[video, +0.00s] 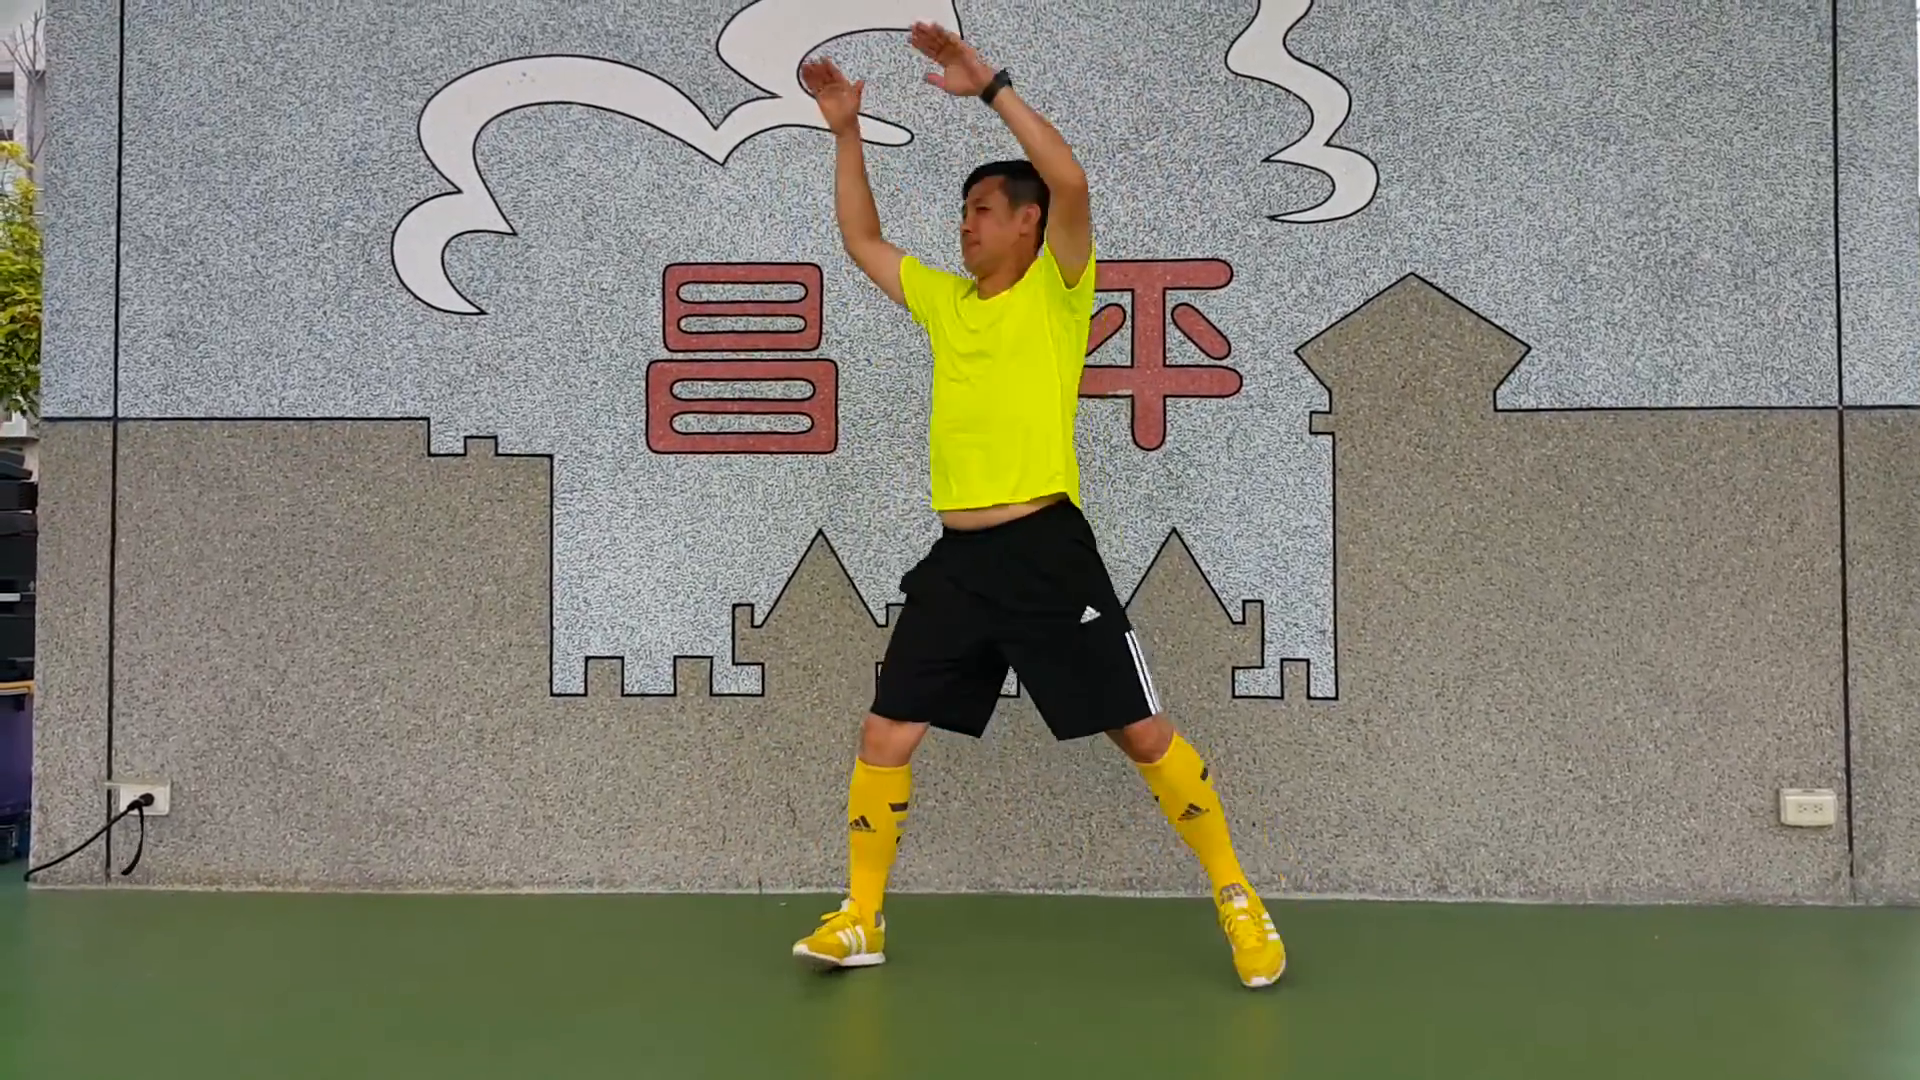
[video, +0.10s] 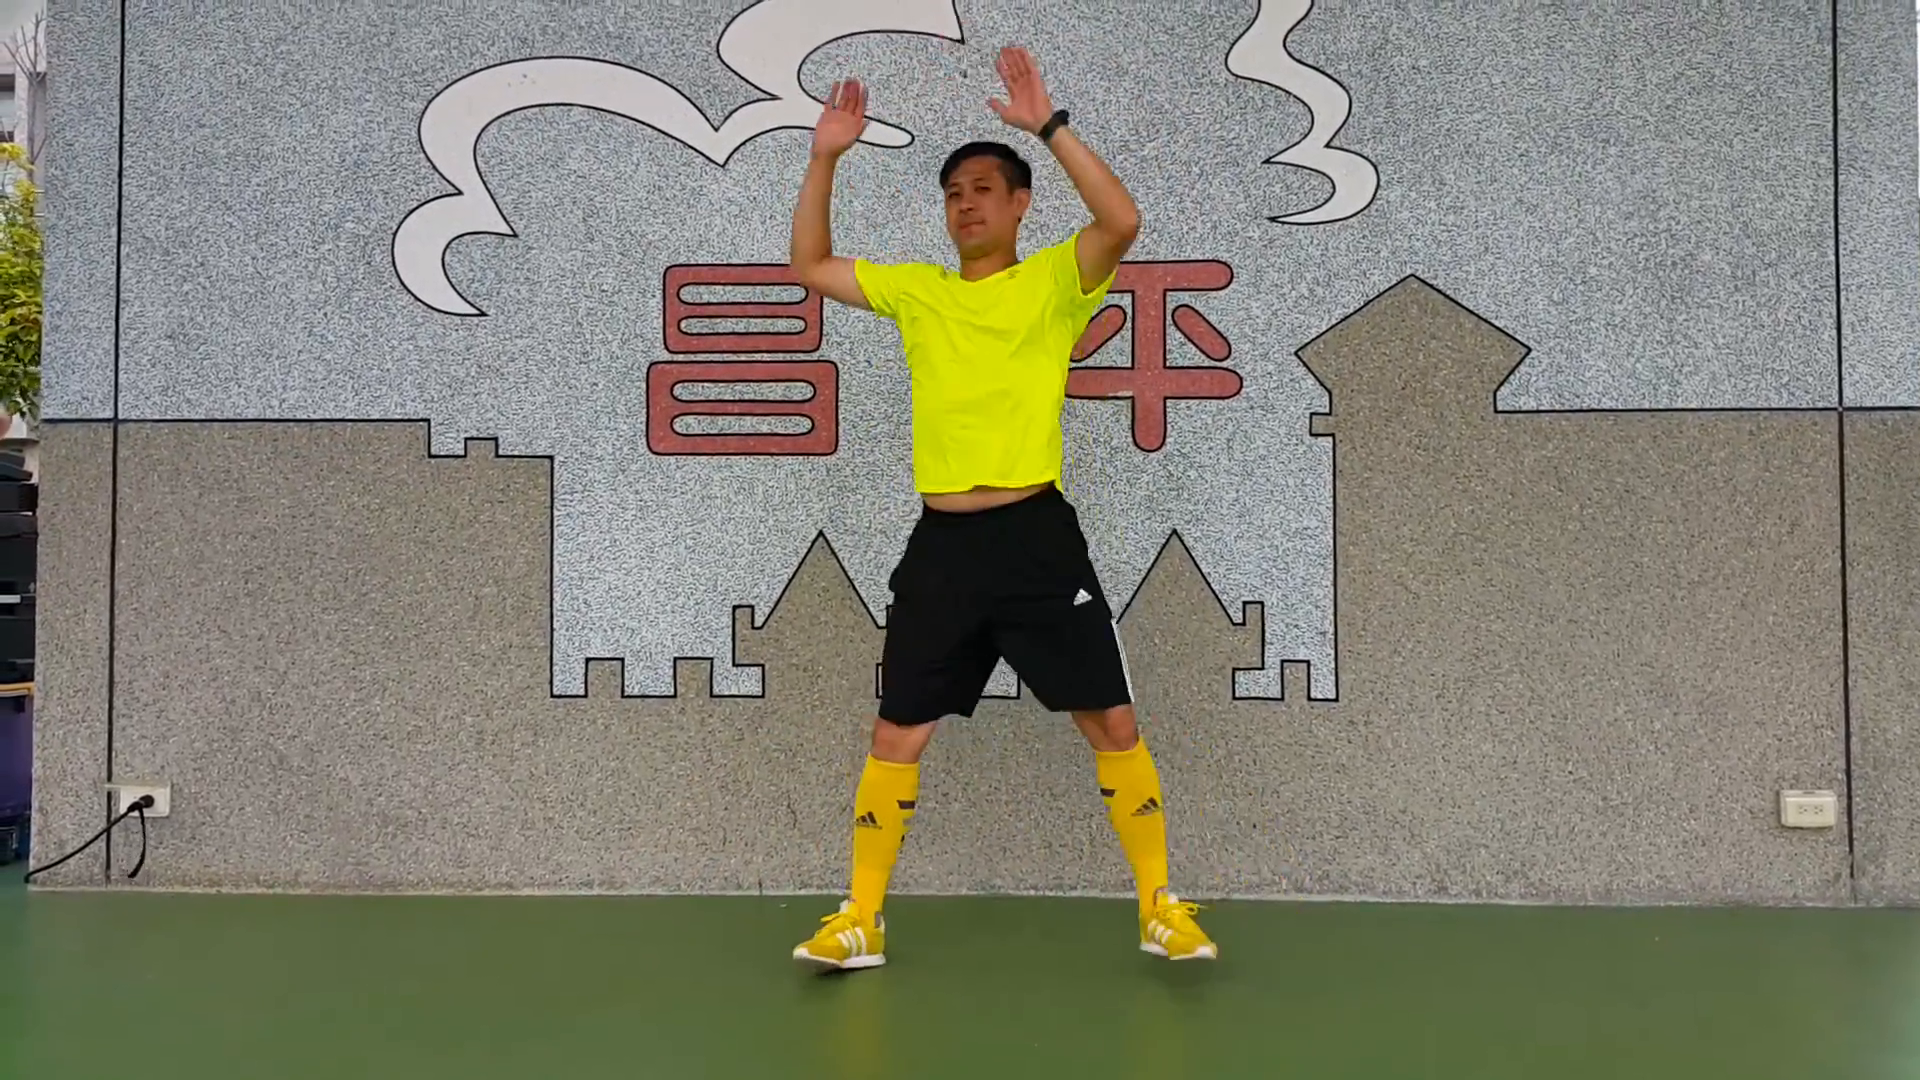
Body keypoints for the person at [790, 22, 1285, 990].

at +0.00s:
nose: (969, 223)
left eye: (987, 211)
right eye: (966, 211)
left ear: (1034, 223)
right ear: (966, 227)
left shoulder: (1061, 290)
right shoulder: (942, 299)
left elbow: (1070, 188)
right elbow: (862, 240)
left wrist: (988, 83)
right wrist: (845, 127)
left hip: (1051, 551)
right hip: (955, 561)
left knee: (1144, 736)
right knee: (885, 736)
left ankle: (1236, 898)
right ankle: (860, 919)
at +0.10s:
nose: (968, 200)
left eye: (986, 187)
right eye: (957, 191)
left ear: (1024, 204)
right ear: (942, 213)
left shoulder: (1056, 281)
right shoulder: (918, 290)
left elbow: (1119, 221)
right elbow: (811, 263)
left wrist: (1048, 125)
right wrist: (823, 157)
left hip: (1038, 536)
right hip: (940, 544)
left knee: (1111, 722)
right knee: (897, 731)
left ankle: (1159, 907)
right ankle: (860, 919)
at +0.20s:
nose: (972, 207)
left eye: (987, 193)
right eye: (955, 196)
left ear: (1014, 210)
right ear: (939, 216)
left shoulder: (1052, 294)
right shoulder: (906, 301)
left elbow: (1143, 315)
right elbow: (796, 335)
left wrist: (1095, 214)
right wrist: (804, 232)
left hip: (1028, 542)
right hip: (931, 545)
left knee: (1069, 726)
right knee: (895, 730)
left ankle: (1115, 917)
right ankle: (858, 923)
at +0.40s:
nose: (981, 214)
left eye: (996, 200)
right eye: (965, 203)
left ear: (1019, 217)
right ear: (943, 223)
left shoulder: (1062, 310)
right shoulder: (907, 315)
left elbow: (1155, 363)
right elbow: (814, 381)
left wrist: (1148, 279)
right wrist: (800, 291)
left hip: (1027, 559)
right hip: (924, 556)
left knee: (1074, 737)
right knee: (890, 732)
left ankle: (1123, 921)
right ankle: (859, 925)